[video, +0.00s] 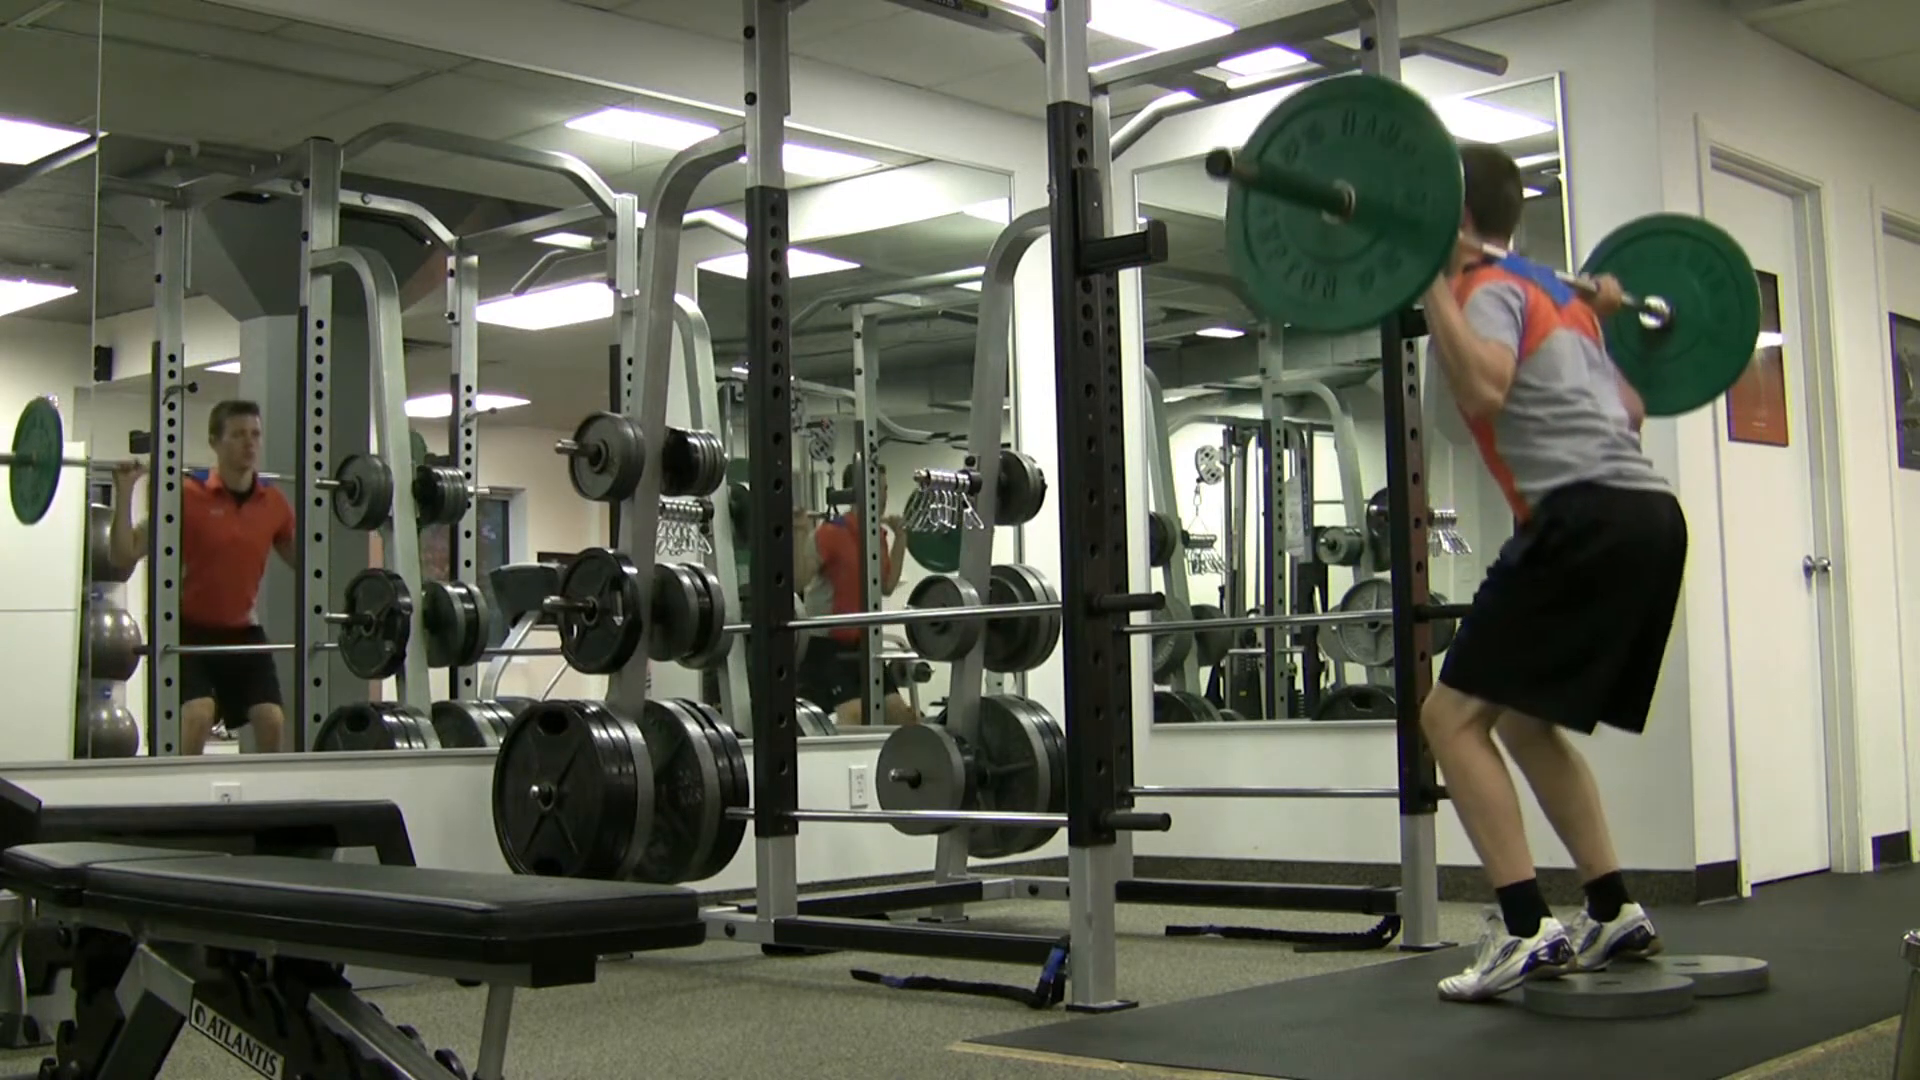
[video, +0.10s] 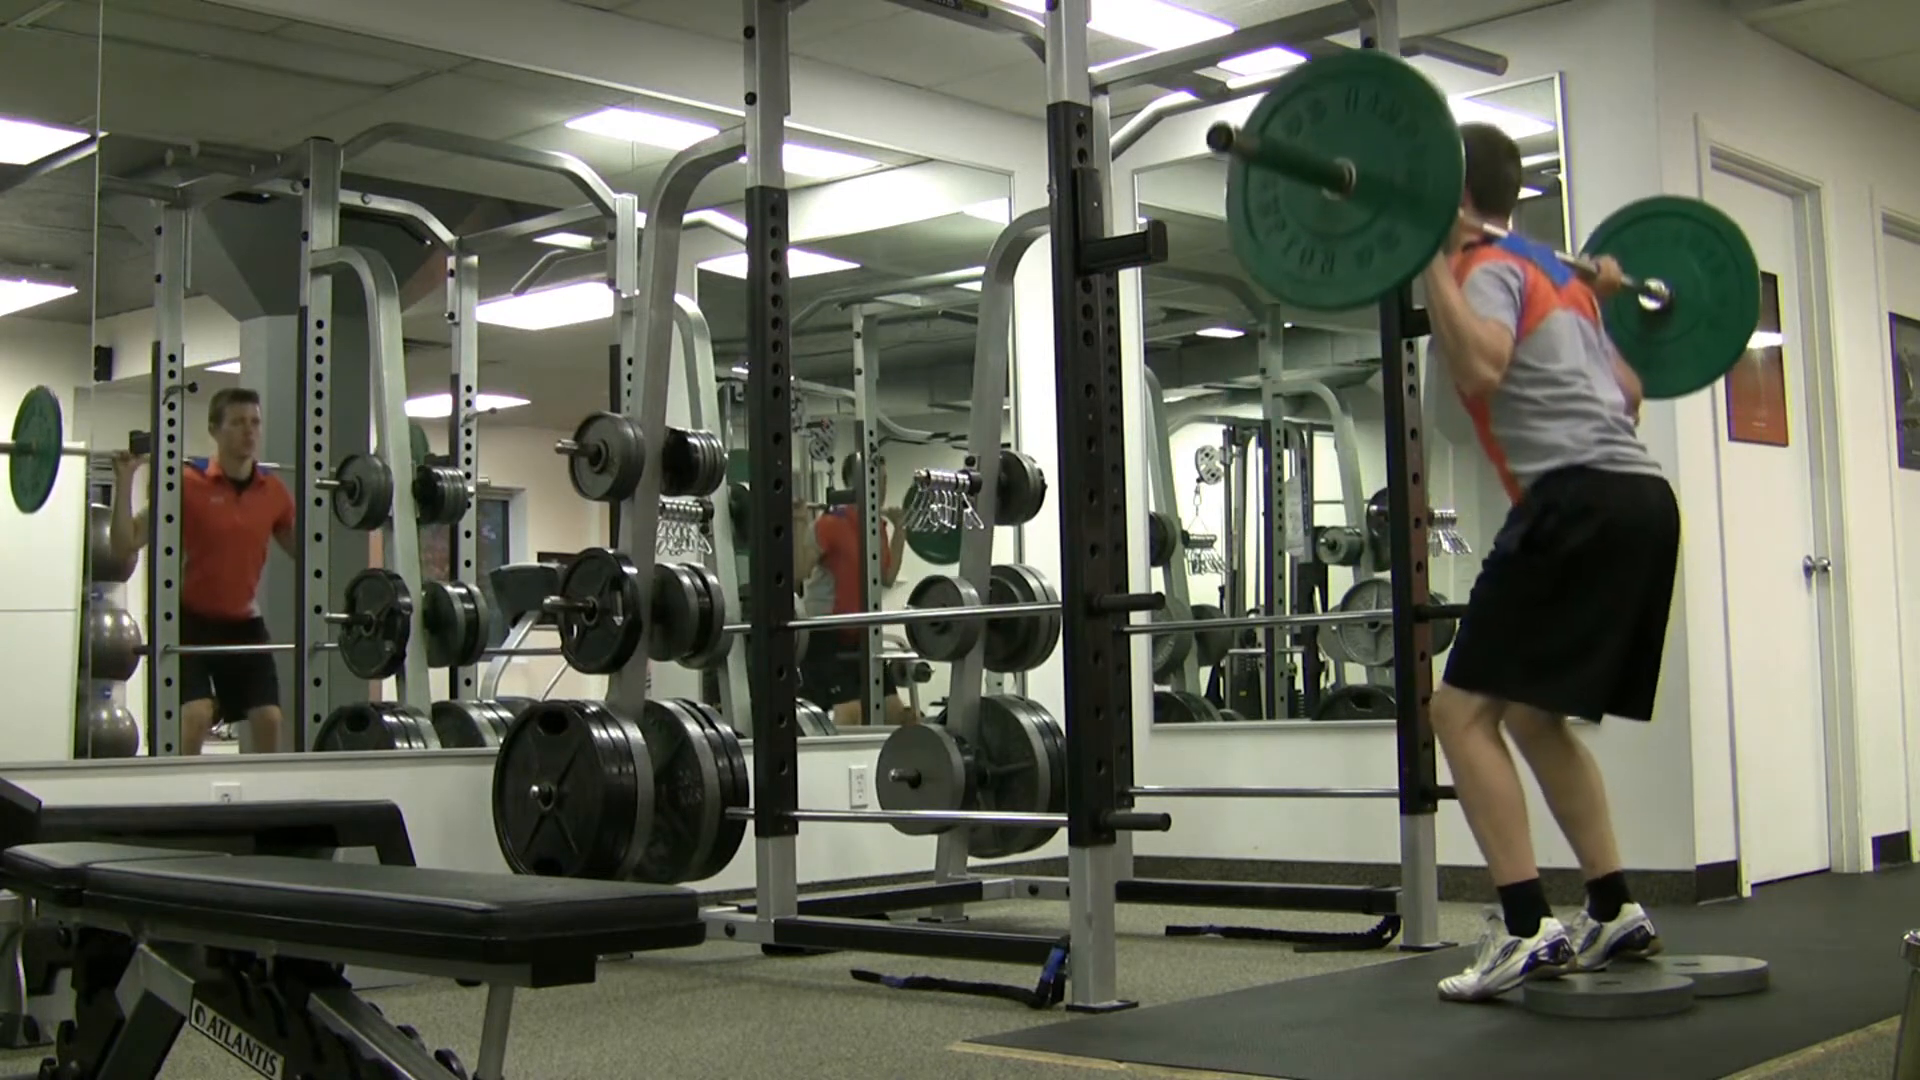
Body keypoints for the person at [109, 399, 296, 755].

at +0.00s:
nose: (250, 443)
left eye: (255, 435)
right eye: (239, 434)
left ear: (262, 441)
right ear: (215, 442)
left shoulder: (273, 502)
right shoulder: (185, 494)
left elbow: (309, 564)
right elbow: (124, 558)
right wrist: (123, 490)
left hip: (243, 633)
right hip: (188, 632)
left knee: (271, 719)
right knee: (198, 715)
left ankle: (270, 803)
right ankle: (178, 803)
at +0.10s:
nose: (249, 431)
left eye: (255, 423)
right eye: (238, 423)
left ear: (262, 429)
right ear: (215, 430)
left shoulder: (273, 490)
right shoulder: (186, 482)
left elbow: (309, 555)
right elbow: (126, 542)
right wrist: (124, 480)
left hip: (243, 622)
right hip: (189, 620)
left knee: (269, 718)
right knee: (197, 714)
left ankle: (263, 804)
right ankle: (179, 803)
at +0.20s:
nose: (249, 421)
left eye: (254, 413)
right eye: (238, 412)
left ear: (262, 419)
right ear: (215, 420)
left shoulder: (274, 482)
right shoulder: (186, 473)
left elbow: (308, 545)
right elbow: (125, 534)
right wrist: (124, 468)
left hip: (245, 614)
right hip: (190, 611)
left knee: (266, 718)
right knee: (195, 713)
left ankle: (261, 806)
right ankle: (179, 806)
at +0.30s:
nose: (249, 413)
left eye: (254, 405)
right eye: (238, 404)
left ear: (262, 412)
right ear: (215, 412)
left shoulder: (274, 473)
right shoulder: (186, 465)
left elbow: (310, 536)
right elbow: (124, 527)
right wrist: (124, 462)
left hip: (246, 609)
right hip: (191, 607)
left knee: (263, 719)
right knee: (192, 716)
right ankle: (176, 807)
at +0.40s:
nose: (249, 406)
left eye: (254, 398)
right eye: (238, 398)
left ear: (262, 406)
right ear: (215, 406)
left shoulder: (272, 467)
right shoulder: (187, 460)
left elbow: (308, 531)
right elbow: (125, 522)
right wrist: (124, 454)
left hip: (248, 607)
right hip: (193, 603)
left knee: (260, 722)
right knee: (189, 719)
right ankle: (176, 808)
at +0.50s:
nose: (249, 402)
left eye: (254, 394)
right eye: (238, 394)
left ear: (261, 401)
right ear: (214, 402)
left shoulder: (272, 462)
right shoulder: (187, 456)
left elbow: (308, 528)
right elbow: (126, 517)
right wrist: (123, 452)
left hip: (250, 605)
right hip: (195, 602)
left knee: (259, 722)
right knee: (187, 721)